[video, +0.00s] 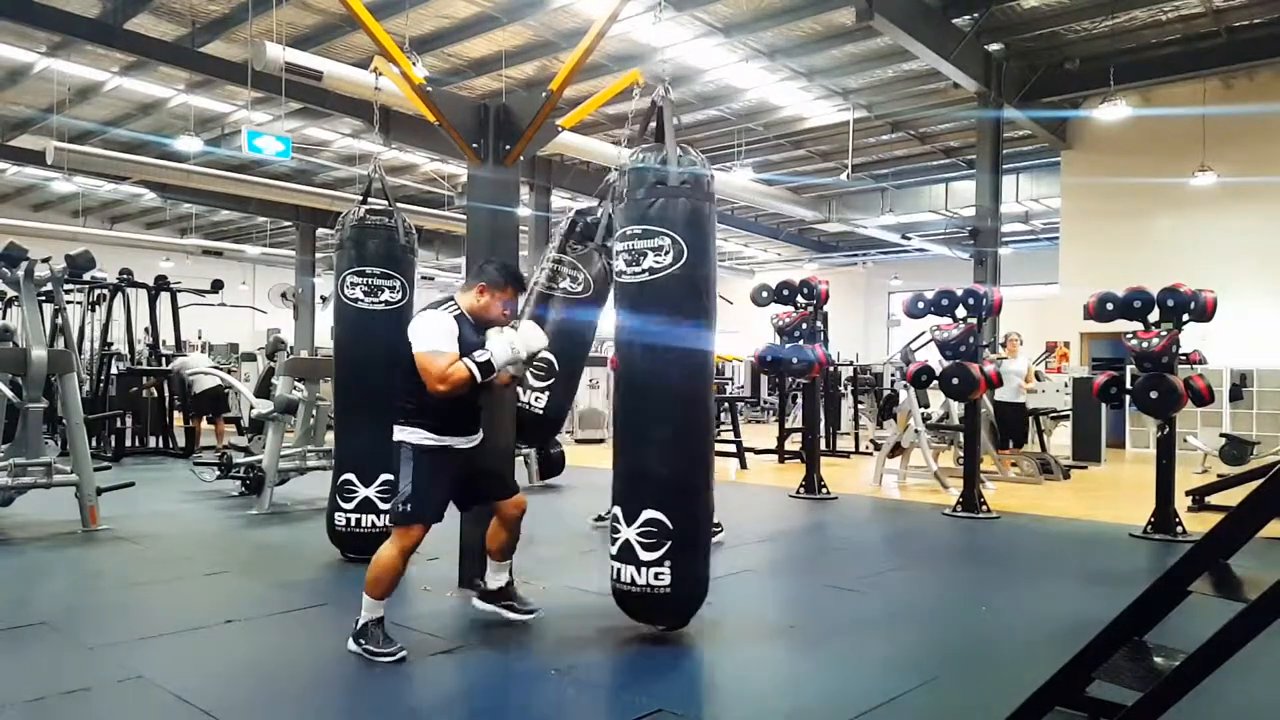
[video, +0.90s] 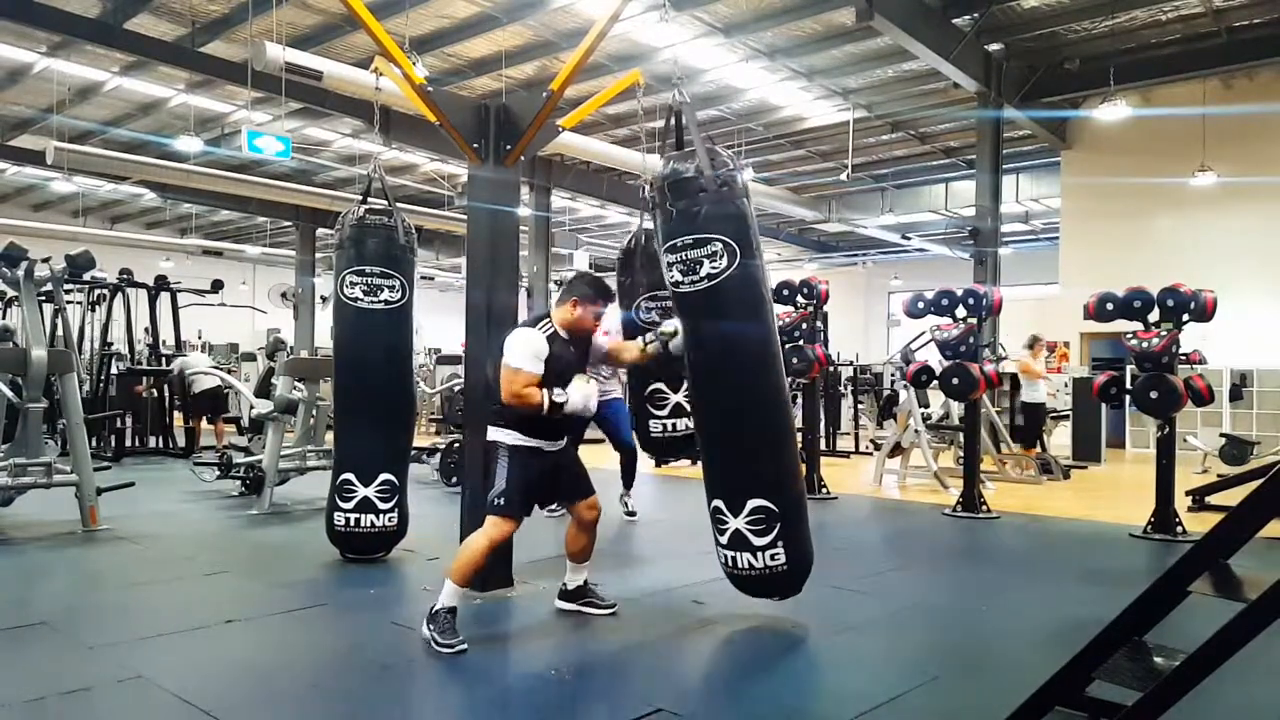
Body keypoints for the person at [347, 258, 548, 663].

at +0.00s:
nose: (507, 316)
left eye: (511, 309)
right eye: (506, 307)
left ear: (488, 296)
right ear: (482, 291)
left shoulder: (480, 329)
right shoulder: (433, 321)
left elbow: (483, 379)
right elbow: (441, 381)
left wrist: (518, 370)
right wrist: (499, 352)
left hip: (468, 446)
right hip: (425, 447)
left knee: (512, 506)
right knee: (407, 536)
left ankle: (495, 587)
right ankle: (367, 625)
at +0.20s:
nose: (535, 316)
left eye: (538, 309)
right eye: (533, 307)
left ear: (512, 299)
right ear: (508, 296)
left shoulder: (507, 332)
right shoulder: (465, 331)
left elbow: (518, 371)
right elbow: (461, 392)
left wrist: (546, 342)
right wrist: (514, 387)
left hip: (497, 449)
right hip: (456, 449)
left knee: (527, 521)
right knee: (439, 537)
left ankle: (544, 598)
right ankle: (375, 617)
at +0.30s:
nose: (556, 315)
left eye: (557, 308)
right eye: (554, 307)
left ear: (531, 300)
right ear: (536, 301)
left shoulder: (516, 326)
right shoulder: (506, 326)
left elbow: (515, 366)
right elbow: (486, 369)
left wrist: (546, 349)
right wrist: (533, 379)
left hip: (510, 448)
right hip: (478, 448)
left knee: (541, 514)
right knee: (467, 535)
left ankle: (547, 597)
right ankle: (383, 611)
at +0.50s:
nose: (583, 323)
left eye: (586, 316)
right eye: (583, 314)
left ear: (554, 302)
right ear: (567, 304)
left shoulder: (524, 325)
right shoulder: (552, 326)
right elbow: (585, 377)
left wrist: (608, 370)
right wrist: (619, 369)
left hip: (531, 447)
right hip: (500, 444)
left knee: (564, 511)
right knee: (478, 528)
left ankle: (547, 597)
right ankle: (399, 607)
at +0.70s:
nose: (589, 325)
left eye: (592, 318)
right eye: (589, 316)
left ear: (571, 305)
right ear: (569, 303)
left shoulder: (560, 337)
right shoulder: (527, 332)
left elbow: (570, 378)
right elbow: (540, 391)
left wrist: (614, 369)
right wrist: (577, 363)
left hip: (548, 447)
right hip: (508, 448)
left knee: (583, 507)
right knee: (492, 531)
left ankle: (557, 586)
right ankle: (439, 612)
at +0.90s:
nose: (599, 323)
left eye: (600, 316)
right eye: (595, 315)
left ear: (580, 309)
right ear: (573, 306)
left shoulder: (580, 338)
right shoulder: (528, 339)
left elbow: (621, 352)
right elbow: (513, 393)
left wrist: (657, 344)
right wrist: (565, 400)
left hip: (556, 447)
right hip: (514, 446)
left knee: (588, 512)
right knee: (500, 528)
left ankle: (574, 588)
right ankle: (442, 611)